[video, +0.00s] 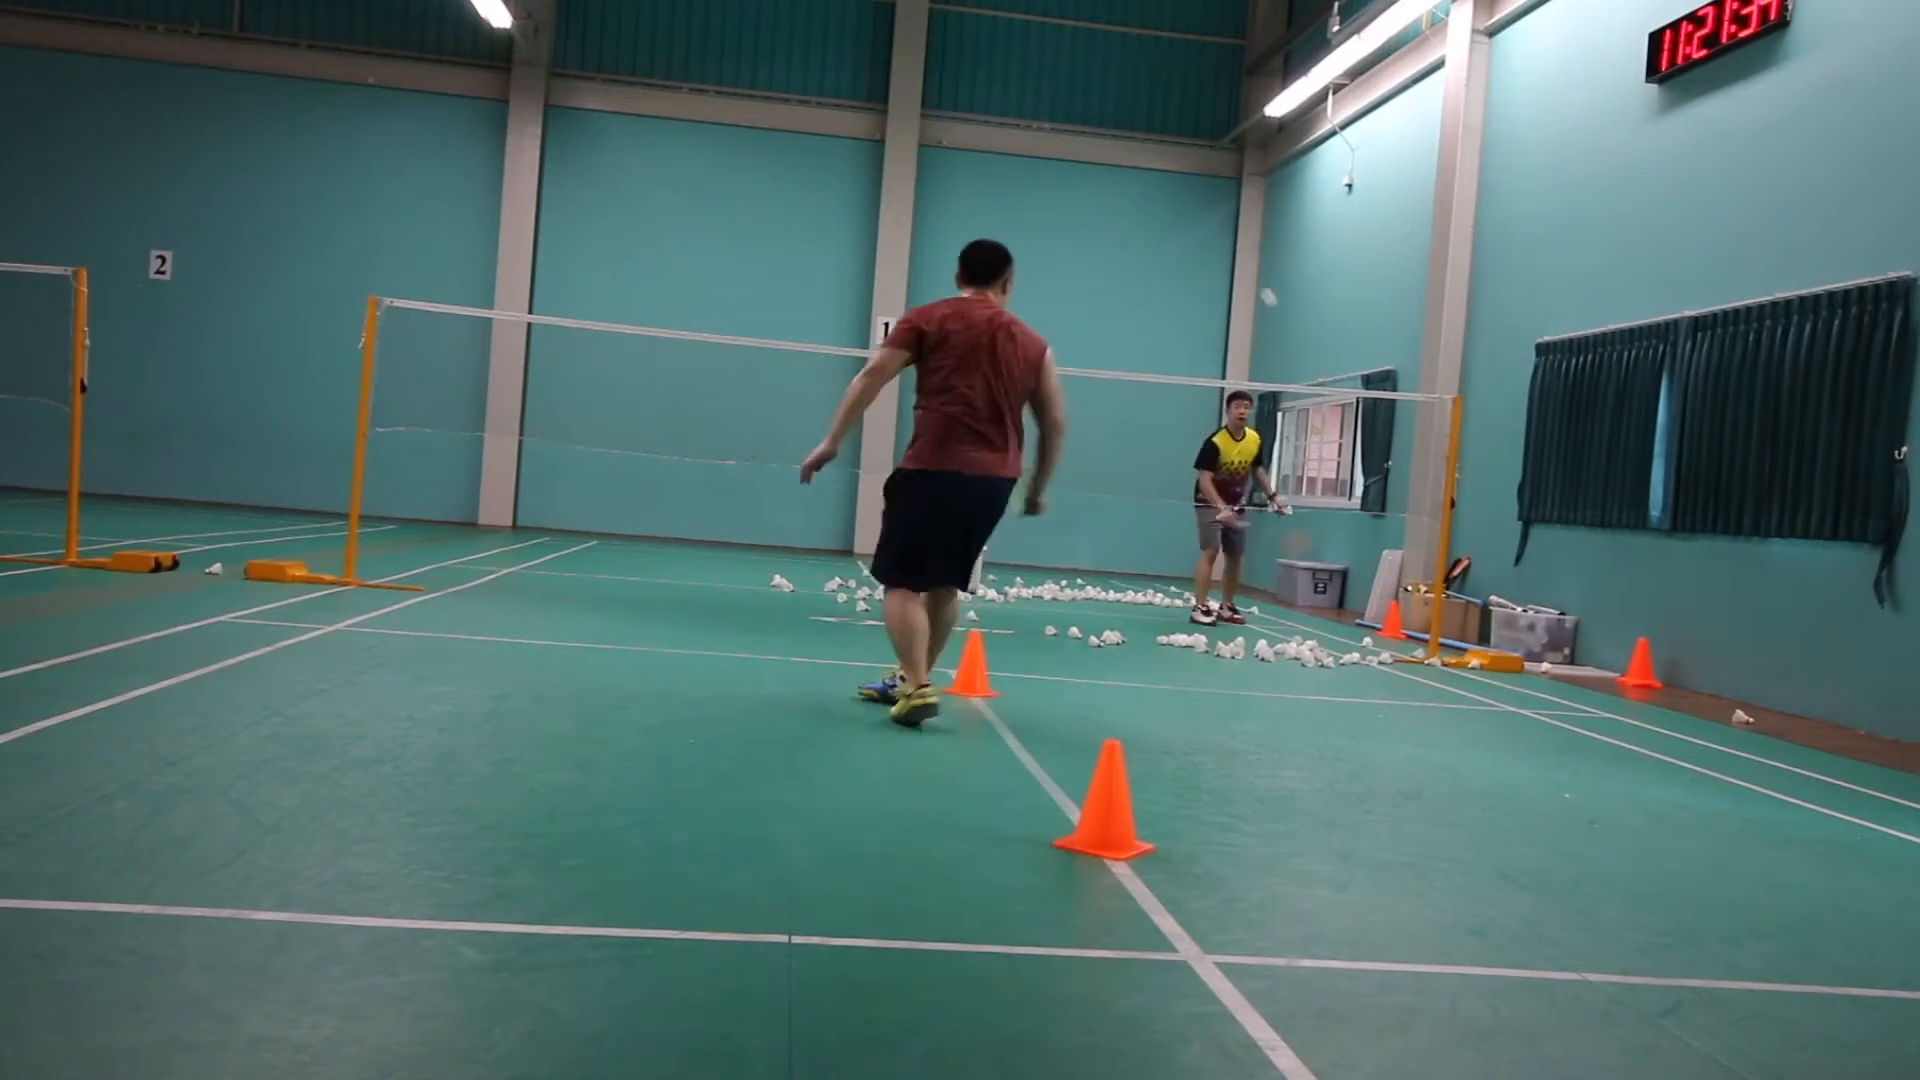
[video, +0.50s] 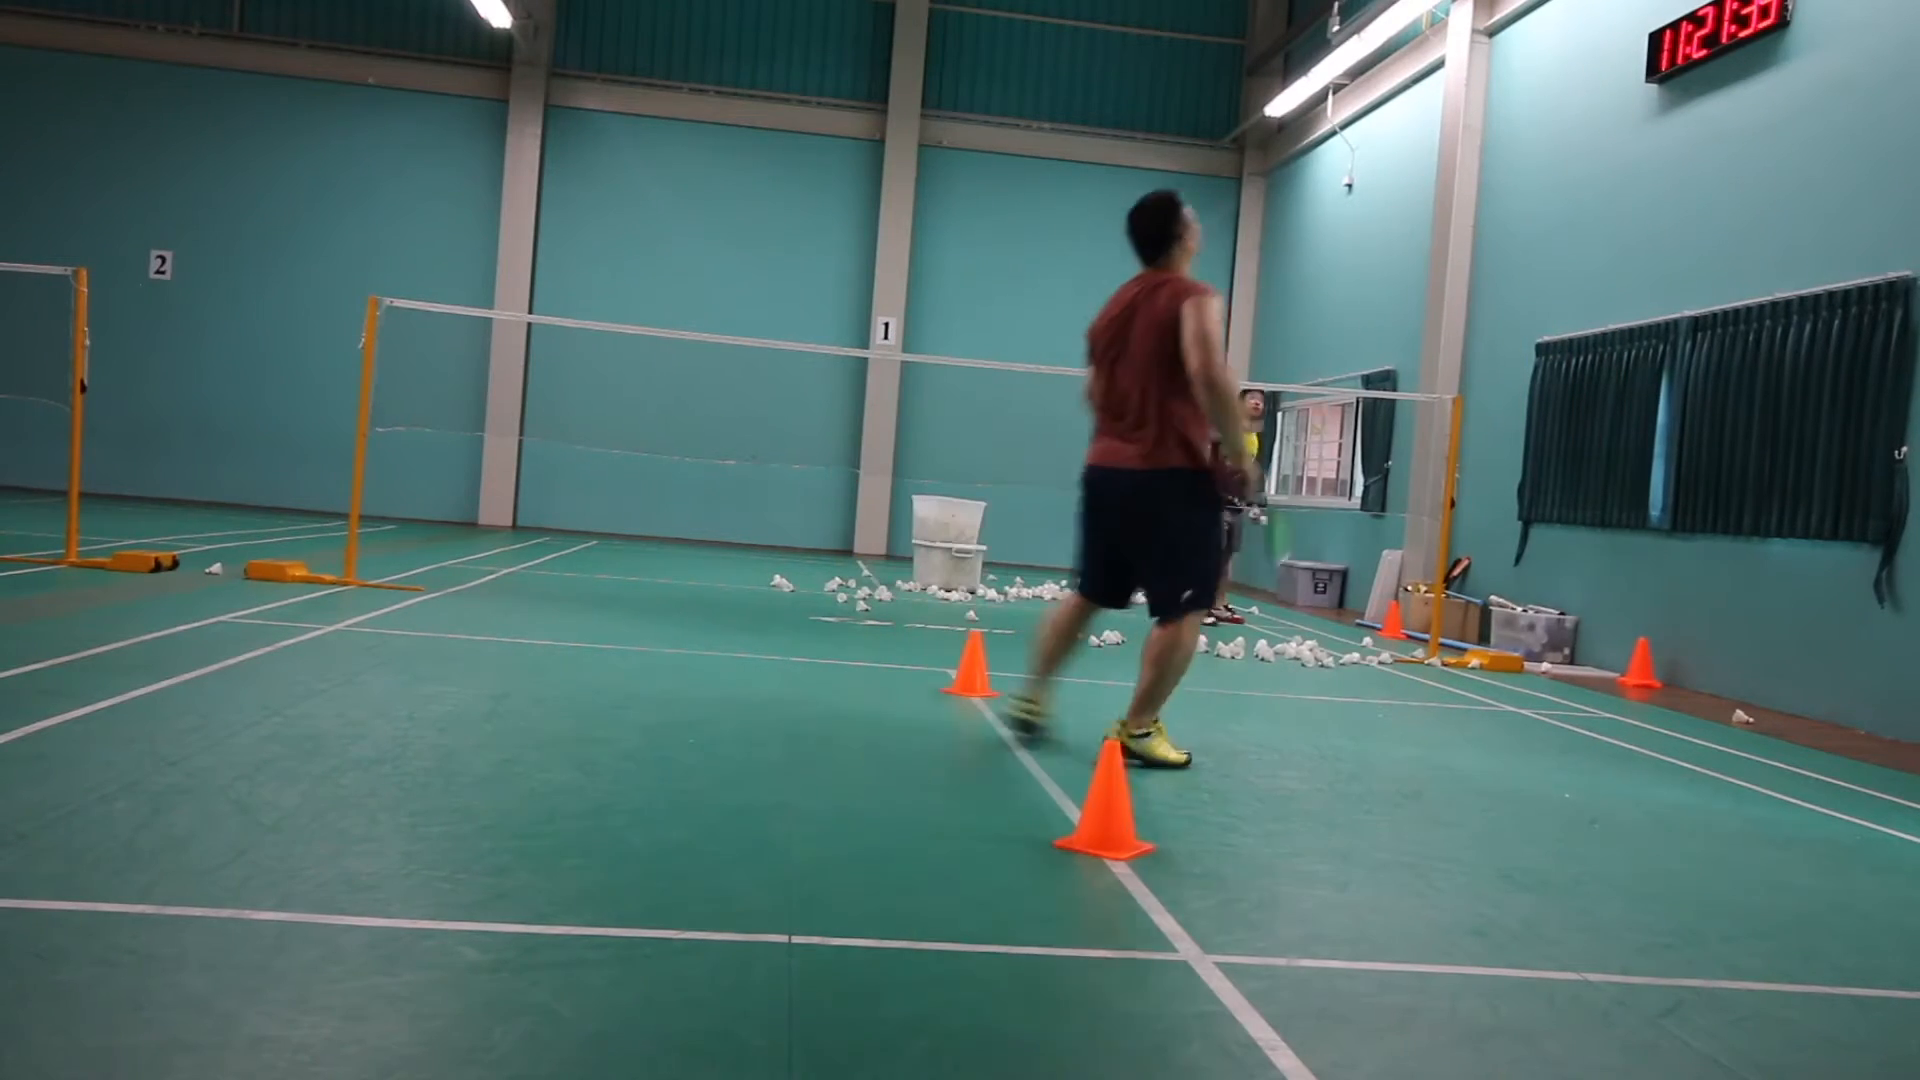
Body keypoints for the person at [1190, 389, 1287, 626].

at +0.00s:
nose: (1242, 412)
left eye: (1246, 408)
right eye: (1237, 407)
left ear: (1250, 412)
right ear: (1228, 411)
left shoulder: (1255, 439)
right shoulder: (1214, 442)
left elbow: (1257, 469)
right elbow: (1204, 480)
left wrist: (1272, 496)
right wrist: (1222, 507)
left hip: (1236, 504)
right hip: (1210, 503)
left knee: (1234, 556)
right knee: (1211, 552)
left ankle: (1227, 605)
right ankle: (1200, 605)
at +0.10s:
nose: (1249, 409)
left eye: (1252, 405)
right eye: (1243, 404)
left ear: (1255, 410)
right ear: (1232, 408)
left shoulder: (1252, 438)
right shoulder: (1221, 435)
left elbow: (1249, 467)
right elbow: (1215, 462)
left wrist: (1263, 493)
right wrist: (1241, 483)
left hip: (1233, 502)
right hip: (1209, 500)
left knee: (1232, 553)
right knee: (1211, 551)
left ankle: (1227, 604)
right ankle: (1201, 605)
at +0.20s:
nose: (1255, 409)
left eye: (1258, 404)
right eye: (1250, 403)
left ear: (1260, 409)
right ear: (1237, 406)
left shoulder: (1249, 436)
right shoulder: (1225, 427)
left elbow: (1237, 472)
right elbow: (1232, 424)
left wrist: (1251, 492)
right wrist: (1249, 414)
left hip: (1229, 501)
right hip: (1208, 499)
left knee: (1231, 552)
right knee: (1211, 551)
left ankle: (1225, 603)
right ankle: (1201, 606)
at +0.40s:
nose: (1257, 403)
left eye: (1261, 400)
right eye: (1252, 398)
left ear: (1262, 408)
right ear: (1242, 402)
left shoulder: (1250, 434)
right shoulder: (1228, 424)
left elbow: (1247, 468)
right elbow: (1224, 412)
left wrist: (1245, 496)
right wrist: (1242, 392)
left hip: (1234, 497)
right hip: (1214, 495)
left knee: (1225, 553)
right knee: (1213, 552)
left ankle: (1220, 603)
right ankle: (1200, 604)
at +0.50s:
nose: (1257, 406)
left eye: (1261, 403)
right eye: (1253, 401)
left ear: (1263, 410)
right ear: (1240, 403)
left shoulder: (1253, 437)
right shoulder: (1227, 432)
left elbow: (1250, 469)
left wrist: (1252, 497)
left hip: (1238, 503)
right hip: (1221, 501)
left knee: (1227, 556)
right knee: (1215, 556)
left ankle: (1220, 601)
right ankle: (1206, 603)